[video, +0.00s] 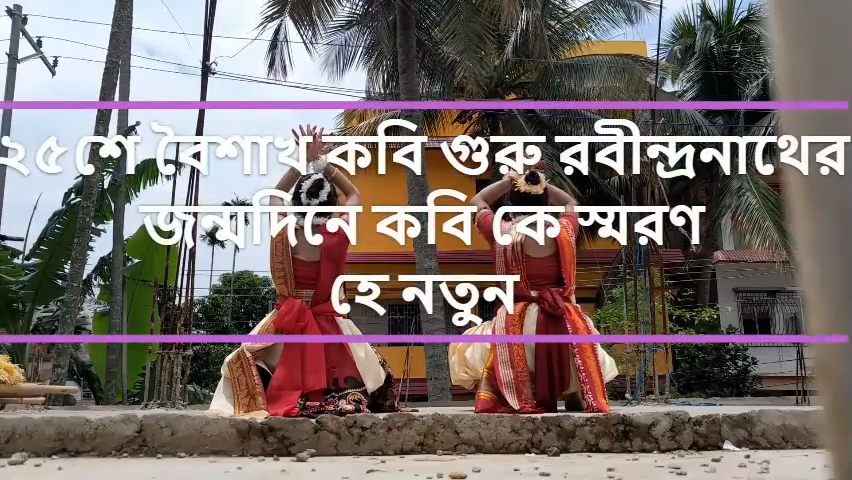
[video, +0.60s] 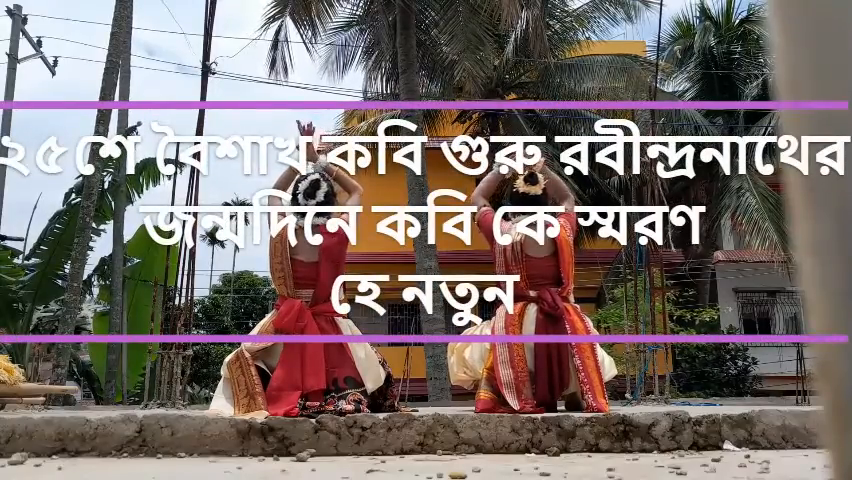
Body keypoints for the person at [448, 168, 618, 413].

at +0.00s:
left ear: (511, 209)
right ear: (544, 206)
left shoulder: (503, 233)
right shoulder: (563, 232)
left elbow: (480, 200)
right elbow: (569, 202)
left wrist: (507, 182)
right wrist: (542, 185)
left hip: (518, 318)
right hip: (562, 317)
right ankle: (574, 394)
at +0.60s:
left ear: (509, 202)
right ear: (545, 201)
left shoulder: (501, 231)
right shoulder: (562, 228)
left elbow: (479, 197)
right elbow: (566, 198)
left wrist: (502, 168)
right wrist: (542, 170)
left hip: (516, 321)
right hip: (561, 319)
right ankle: (576, 394)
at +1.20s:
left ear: (514, 207)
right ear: (546, 207)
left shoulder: (501, 233)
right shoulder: (564, 232)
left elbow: (462, 219)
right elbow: (595, 209)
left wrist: (467, 184)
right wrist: (568, 180)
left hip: (514, 316)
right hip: (559, 315)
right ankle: (579, 397)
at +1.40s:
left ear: (510, 207)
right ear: (544, 207)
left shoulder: (495, 236)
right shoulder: (566, 234)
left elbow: (446, 222)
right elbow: (605, 221)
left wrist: (447, 192)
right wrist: (593, 192)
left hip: (512, 325)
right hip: (561, 323)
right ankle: (575, 394)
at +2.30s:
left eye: (515, 204)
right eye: (537, 202)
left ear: (511, 209)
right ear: (547, 207)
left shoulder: (494, 240)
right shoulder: (569, 238)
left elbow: (442, 252)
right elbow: (619, 245)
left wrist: (426, 226)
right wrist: (616, 216)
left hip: (512, 328)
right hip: (563, 326)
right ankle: (578, 395)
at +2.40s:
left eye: (522, 201)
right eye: (536, 201)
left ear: (511, 206)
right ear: (547, 205)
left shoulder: (493, 240)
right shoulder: (570, 240)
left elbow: (452, 260)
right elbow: (620, 253)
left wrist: (423, 239)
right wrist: (624, 227)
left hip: (511, 330)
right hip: (565, 327)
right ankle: (578, 400)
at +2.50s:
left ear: (512, 207)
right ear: (548, 207)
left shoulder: (495, 241)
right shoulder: (571, 240)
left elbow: (449, 265)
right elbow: (617, 260)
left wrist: (419, 244)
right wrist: (633, 239)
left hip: (513, 330)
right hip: (565, 328)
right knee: (578, 403)